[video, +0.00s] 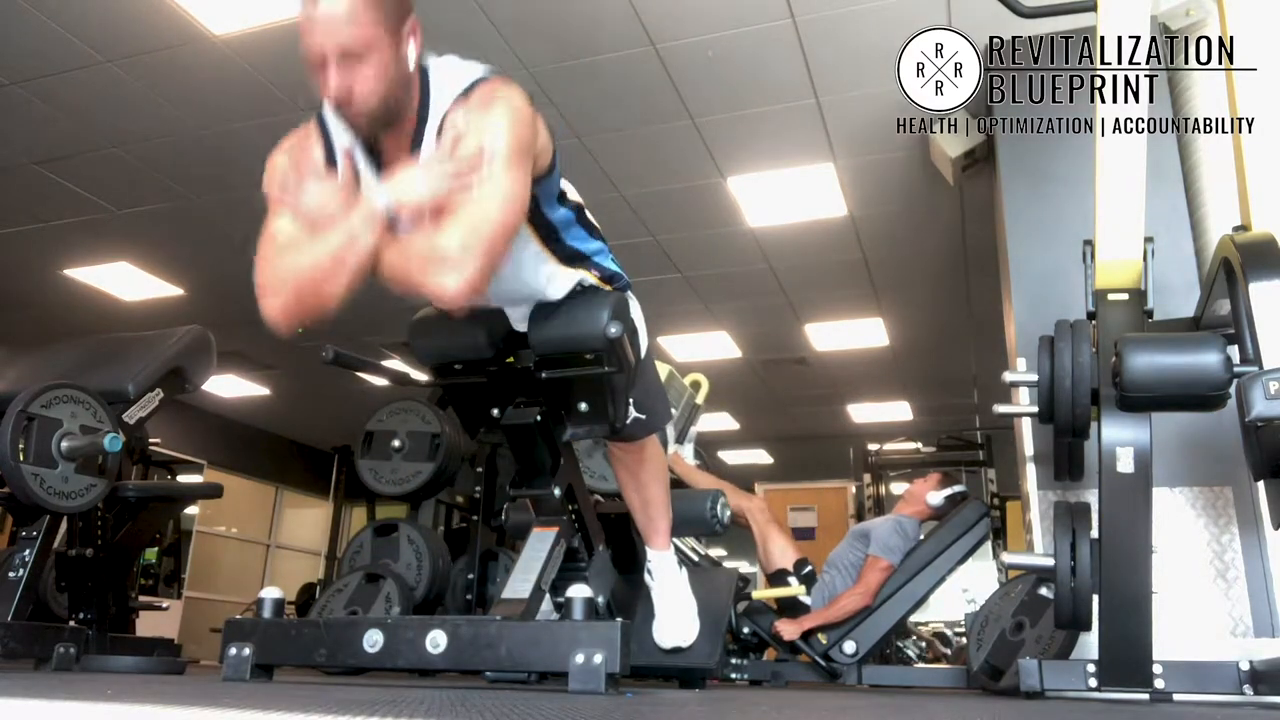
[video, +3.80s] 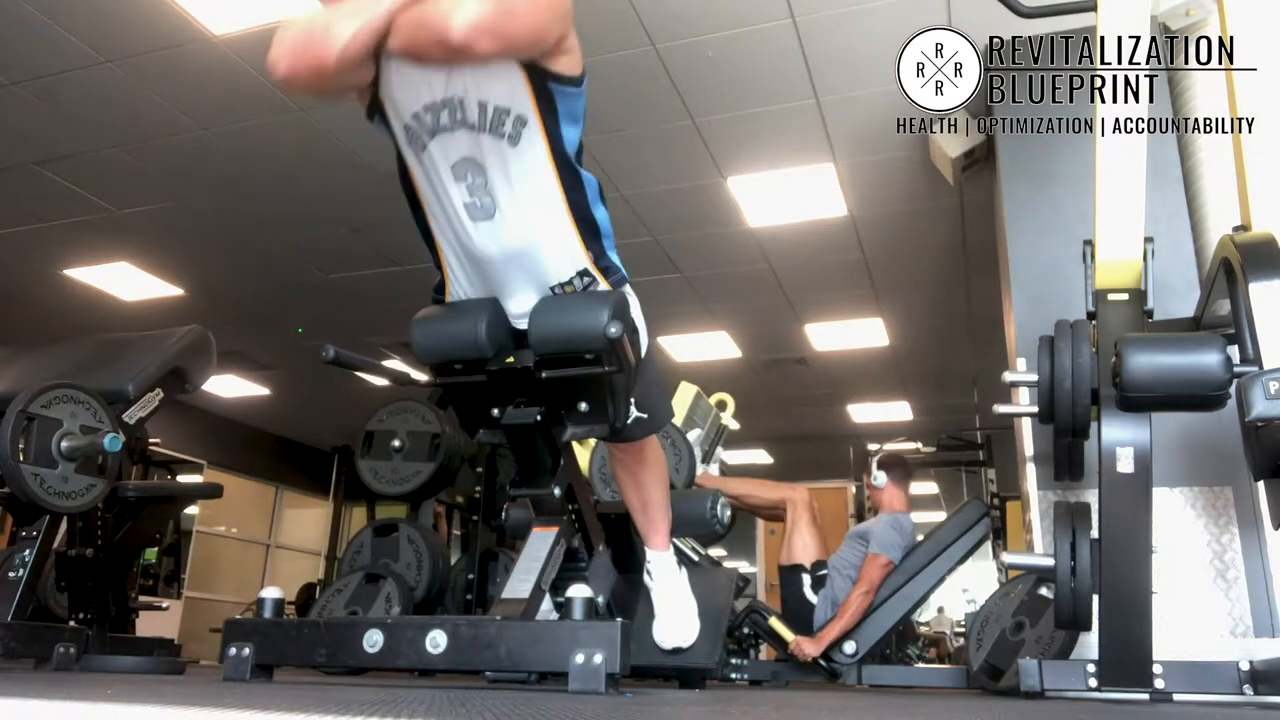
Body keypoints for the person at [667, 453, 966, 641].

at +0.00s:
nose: (919, 479)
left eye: (927, 479)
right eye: (926, 476)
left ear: (932, 498)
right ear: (931, 501)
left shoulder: (895, 529)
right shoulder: (900, 528)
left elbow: (865, 595)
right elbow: (865, 594)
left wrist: (801, 624)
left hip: (808, 606)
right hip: (813, 599)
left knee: (756, 507)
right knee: (756, 507)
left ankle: (676, 461)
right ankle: (686, 464)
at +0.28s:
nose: (919, 479)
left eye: (927, 480)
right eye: (926, 477)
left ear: (929, 499)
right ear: (930, 505)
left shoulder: (897, 527)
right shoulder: (901, 526)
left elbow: (865, 595)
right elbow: (864, 593)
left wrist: (802, 624)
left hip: (811, 604)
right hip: (817, 600)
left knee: (785, 500)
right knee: (786, 504)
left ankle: (695, 471)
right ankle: (707, 476)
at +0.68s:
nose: (916, 481)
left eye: (926, 480)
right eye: (924, 478)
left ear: (931, 497)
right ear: (934, 503)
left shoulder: (896, 528)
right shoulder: (905, 528)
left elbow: (865, 595)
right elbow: (865, 594)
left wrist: (802, 624)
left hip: (818, 606)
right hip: (823, 602)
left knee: (826, 498)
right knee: (825, 504)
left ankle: (725, 497)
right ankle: (733, 510)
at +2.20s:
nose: (889, 479)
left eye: (898, 474)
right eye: (893, 472)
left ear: (917, 488)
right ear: (914, 489)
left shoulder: (895, 528)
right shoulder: (901, 526)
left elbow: (865, 595)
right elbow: (866, 592)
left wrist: (802, 625)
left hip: (812, 602)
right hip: (817, 594)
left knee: (790, 498)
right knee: (787, 501)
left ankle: (698, 471)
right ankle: (712, 481)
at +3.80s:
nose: (868, 490)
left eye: (869, 483)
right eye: (868, 483)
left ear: (879, 481)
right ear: (903, 482)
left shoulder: (889, 527)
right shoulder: (898, 525)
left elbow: (866, 592)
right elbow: (867, 591)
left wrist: (819, 641)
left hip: (814, 616)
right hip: (821, 611)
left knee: (798, 496)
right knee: (801, 505)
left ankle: (702, 479)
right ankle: (724, 497)